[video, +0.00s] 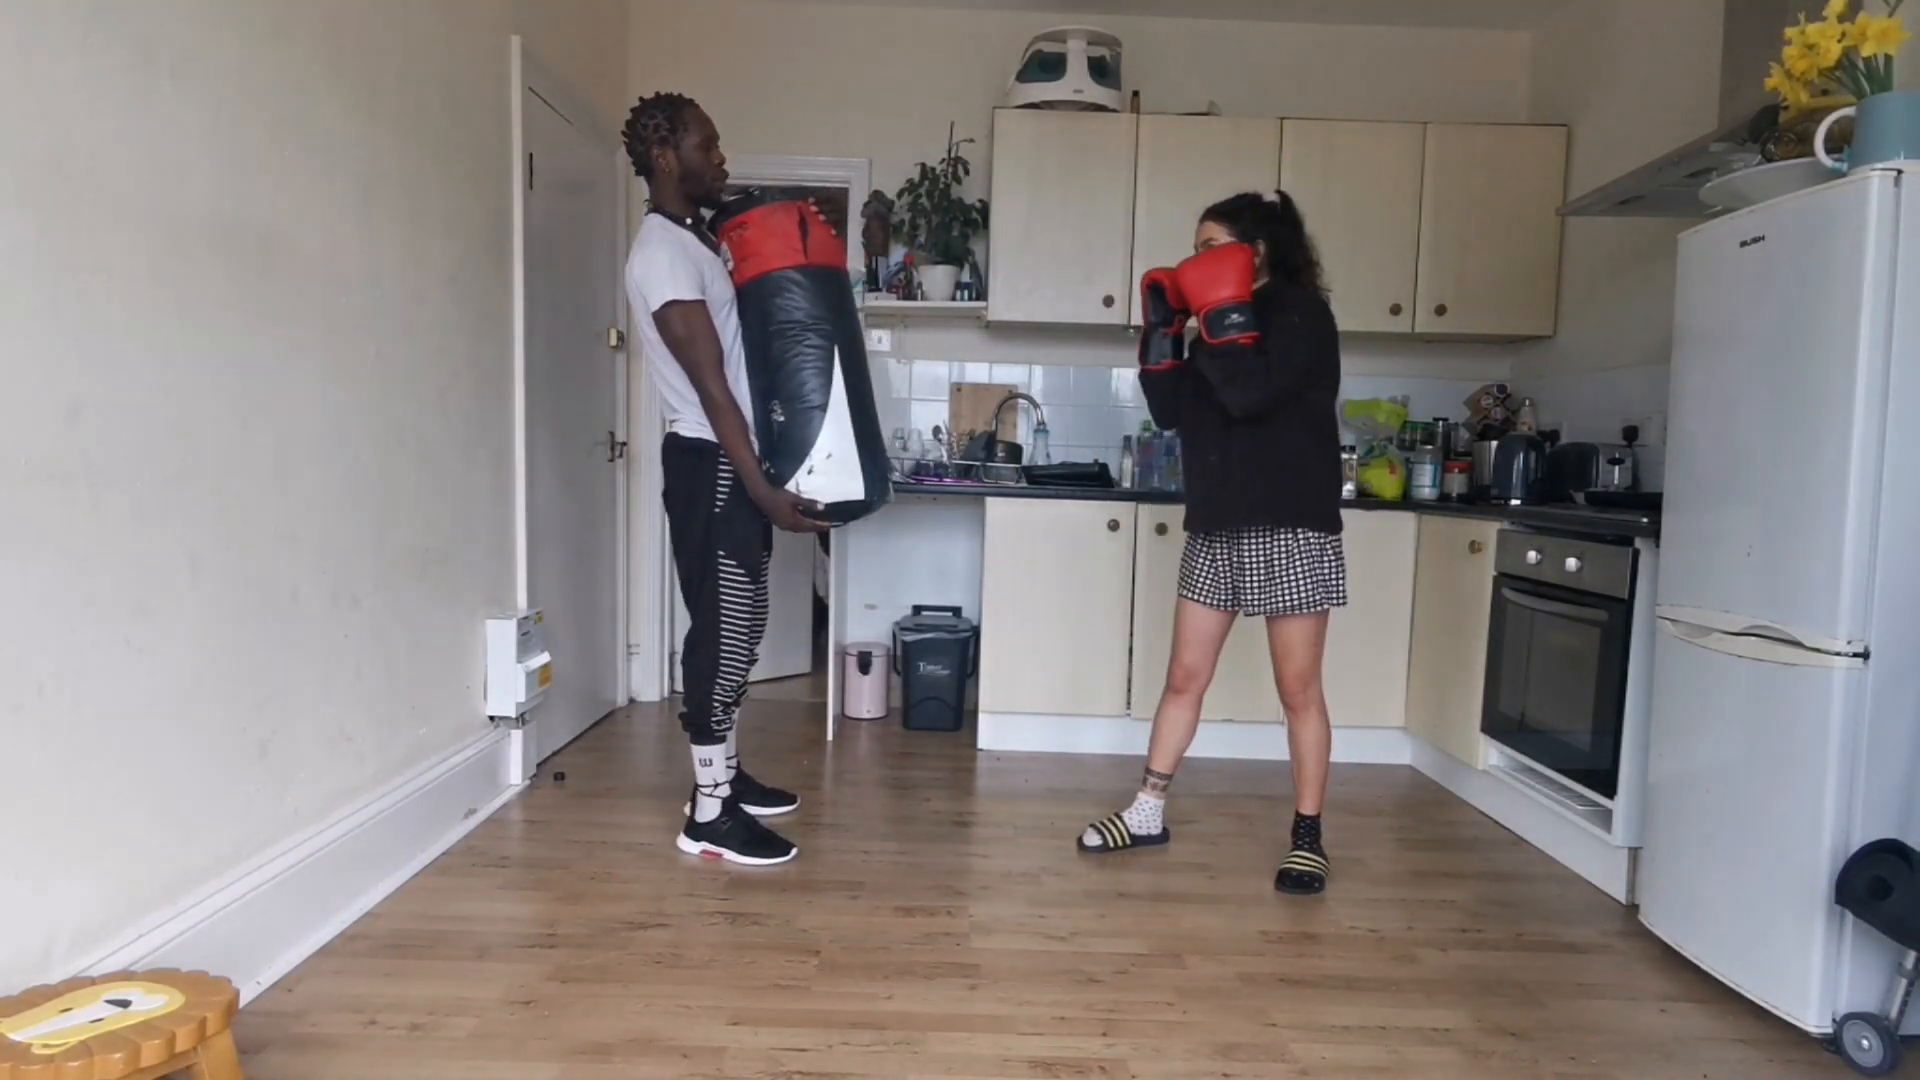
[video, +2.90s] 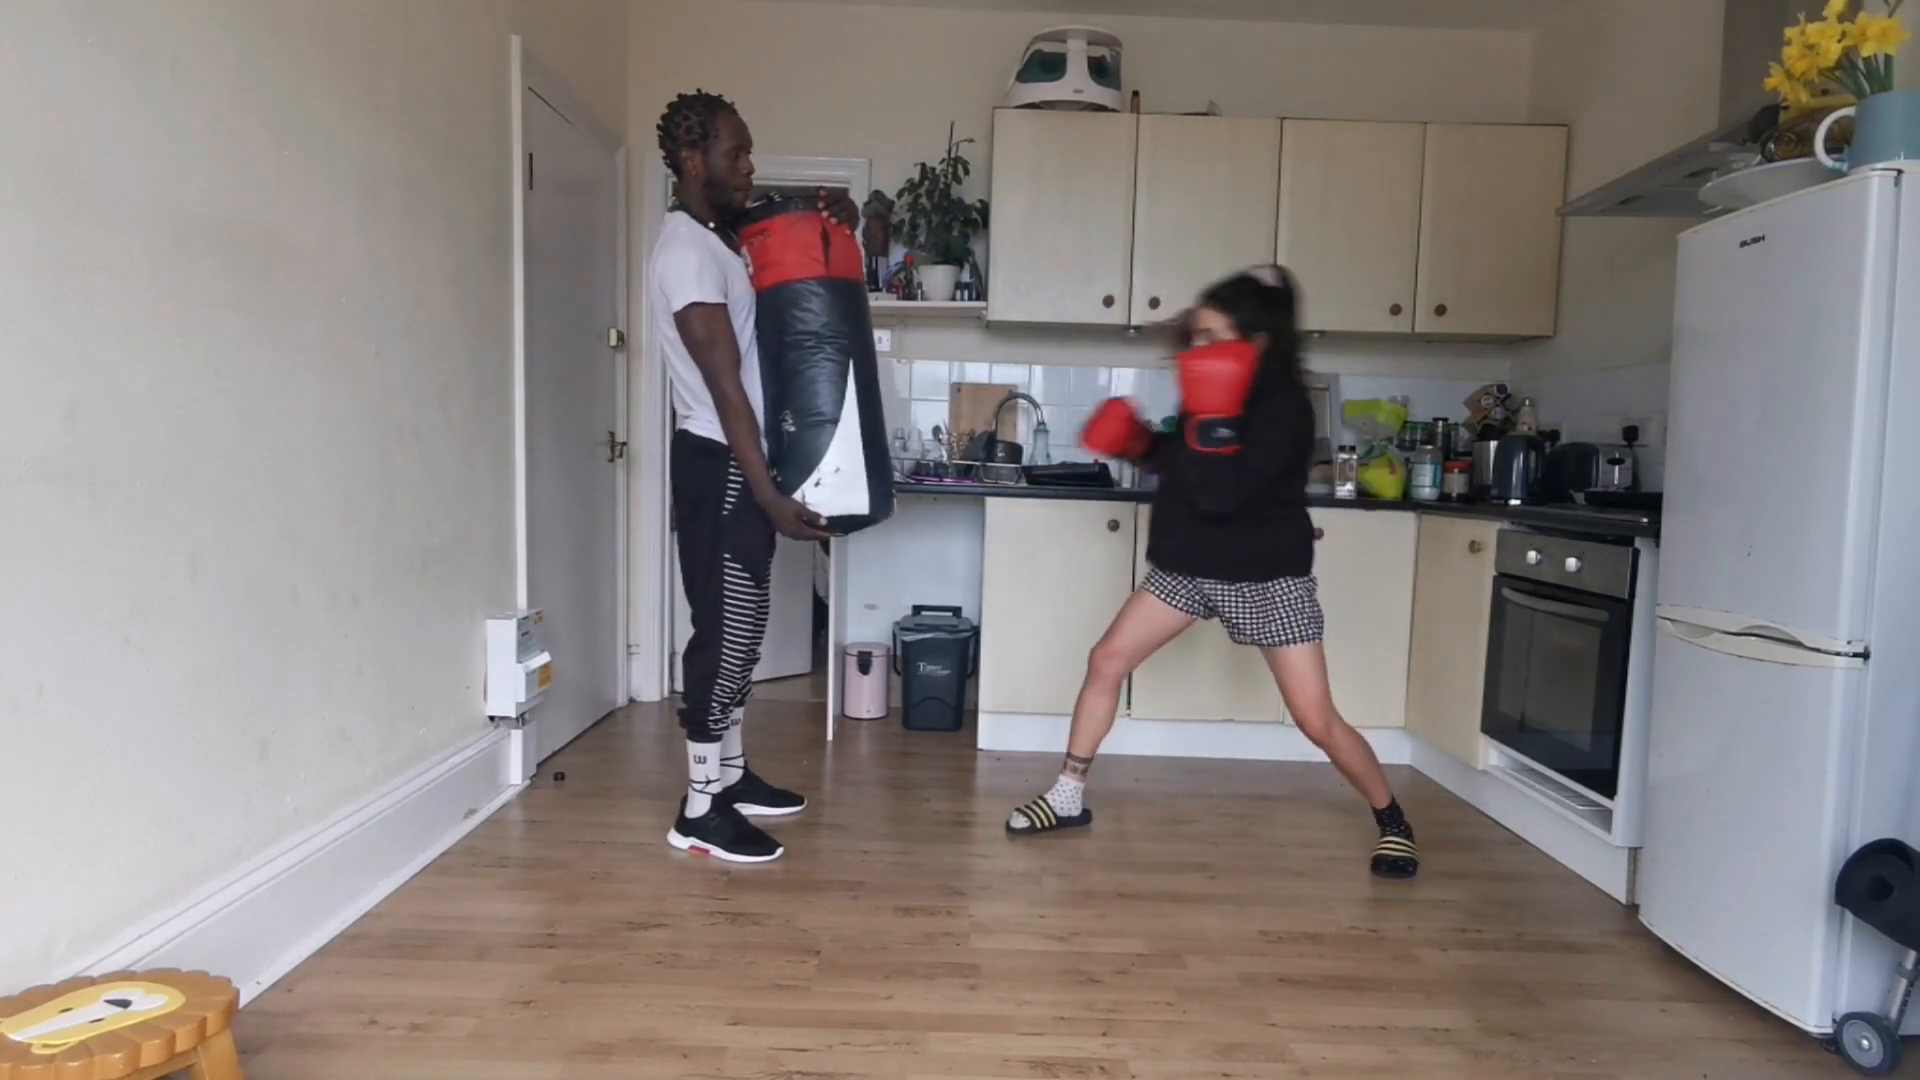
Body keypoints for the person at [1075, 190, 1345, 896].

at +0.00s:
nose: (1199, 261)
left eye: (1212, 248)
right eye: (1197, 249)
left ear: (1258, 251)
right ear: (1204, 257)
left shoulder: (1301, 314)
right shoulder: (1212, 322)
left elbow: (1246, 394)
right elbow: (1171, 412)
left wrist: (1219, 319)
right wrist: (1159, 336)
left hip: (1294, 518)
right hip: (1216, 518)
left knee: (1299, 688)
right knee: (1184, 675)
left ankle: (1307, 834)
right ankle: (1148, 811)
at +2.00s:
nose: (1241, 300)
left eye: (1253, 286)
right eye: (1237, 289)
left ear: (1299, 283)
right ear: (1244, 293)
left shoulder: (1352, 337)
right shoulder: (1258, 350)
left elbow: (1311, 420)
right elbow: (1217, 427)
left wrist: (1272, 344)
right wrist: (1208, 347)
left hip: (1359, 540)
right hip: (1277, 541)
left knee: (1360, 705)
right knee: (1214, 678)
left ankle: (1381, 840)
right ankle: (1153, 809)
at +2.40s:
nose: (1215, 307)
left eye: (1225, 292)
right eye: (1212, 295)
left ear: (1270, 292)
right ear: (1238, 299)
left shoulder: (1319, 347)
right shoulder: (1247, 361)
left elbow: (1271, 435)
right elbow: (1209, 451)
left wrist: (1240, 358)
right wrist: (1170, 398)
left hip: (1325, 548)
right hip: (1248, 543)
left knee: (1343, 709)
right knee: (1156, 654)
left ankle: (1379, 841)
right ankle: (1127, 784)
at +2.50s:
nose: (1148, 307)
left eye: (1159, 292)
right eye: (1146, 295)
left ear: (1200, 288)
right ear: (1158, 299)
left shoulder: (1260, 345)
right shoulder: (1162, 361)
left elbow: (1237, 429)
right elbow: (1130, 434)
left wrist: (1195, 354)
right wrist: (1090, 403)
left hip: (1297, 526)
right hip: (1214, 535)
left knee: (1341, 687)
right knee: (1137, 663)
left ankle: (1380, 834)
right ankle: (1065, 780)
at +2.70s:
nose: (1094, 358)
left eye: (1105, 347)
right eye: (1093, 348)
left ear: (1148, 344)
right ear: (1118, 349)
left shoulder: (1199, 394)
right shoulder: (1117, 404)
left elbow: (1172, 483)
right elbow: (1035, 420)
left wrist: (1128, 415)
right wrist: (951, 405)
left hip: (1257, 557)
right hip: (1175, 563)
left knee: (1317, 706)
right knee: (1092, 659)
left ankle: (1395, 812)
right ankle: (1066, 795)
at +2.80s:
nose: (1112, 353)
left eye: (1126, 341)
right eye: (1114, 341)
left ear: (1170, 347)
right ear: (1137, 343)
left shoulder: (1216, 398)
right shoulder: (1131, 396)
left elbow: (1173, 493)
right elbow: (1065, 438)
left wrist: (1146, 421)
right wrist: (1003, 433)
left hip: (1255, 558)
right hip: (1176, 561)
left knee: (1311, 709)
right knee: (1094, 656)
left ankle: (1397, 805)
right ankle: (1065, 794)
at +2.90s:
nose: (1196, 346)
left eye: (1210, 334)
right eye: (1195, 333)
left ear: (1255, 341)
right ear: (1200, 333)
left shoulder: (1282, 402)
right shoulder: (1210, 394)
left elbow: (1225, 493)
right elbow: (1190, 468)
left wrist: (1214, 417)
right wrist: (1139, 444)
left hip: (1271, 572)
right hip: (1189, 563)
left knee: (1317, 721)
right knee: (1107, 661)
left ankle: (1391, 819)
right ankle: (1069, 792)